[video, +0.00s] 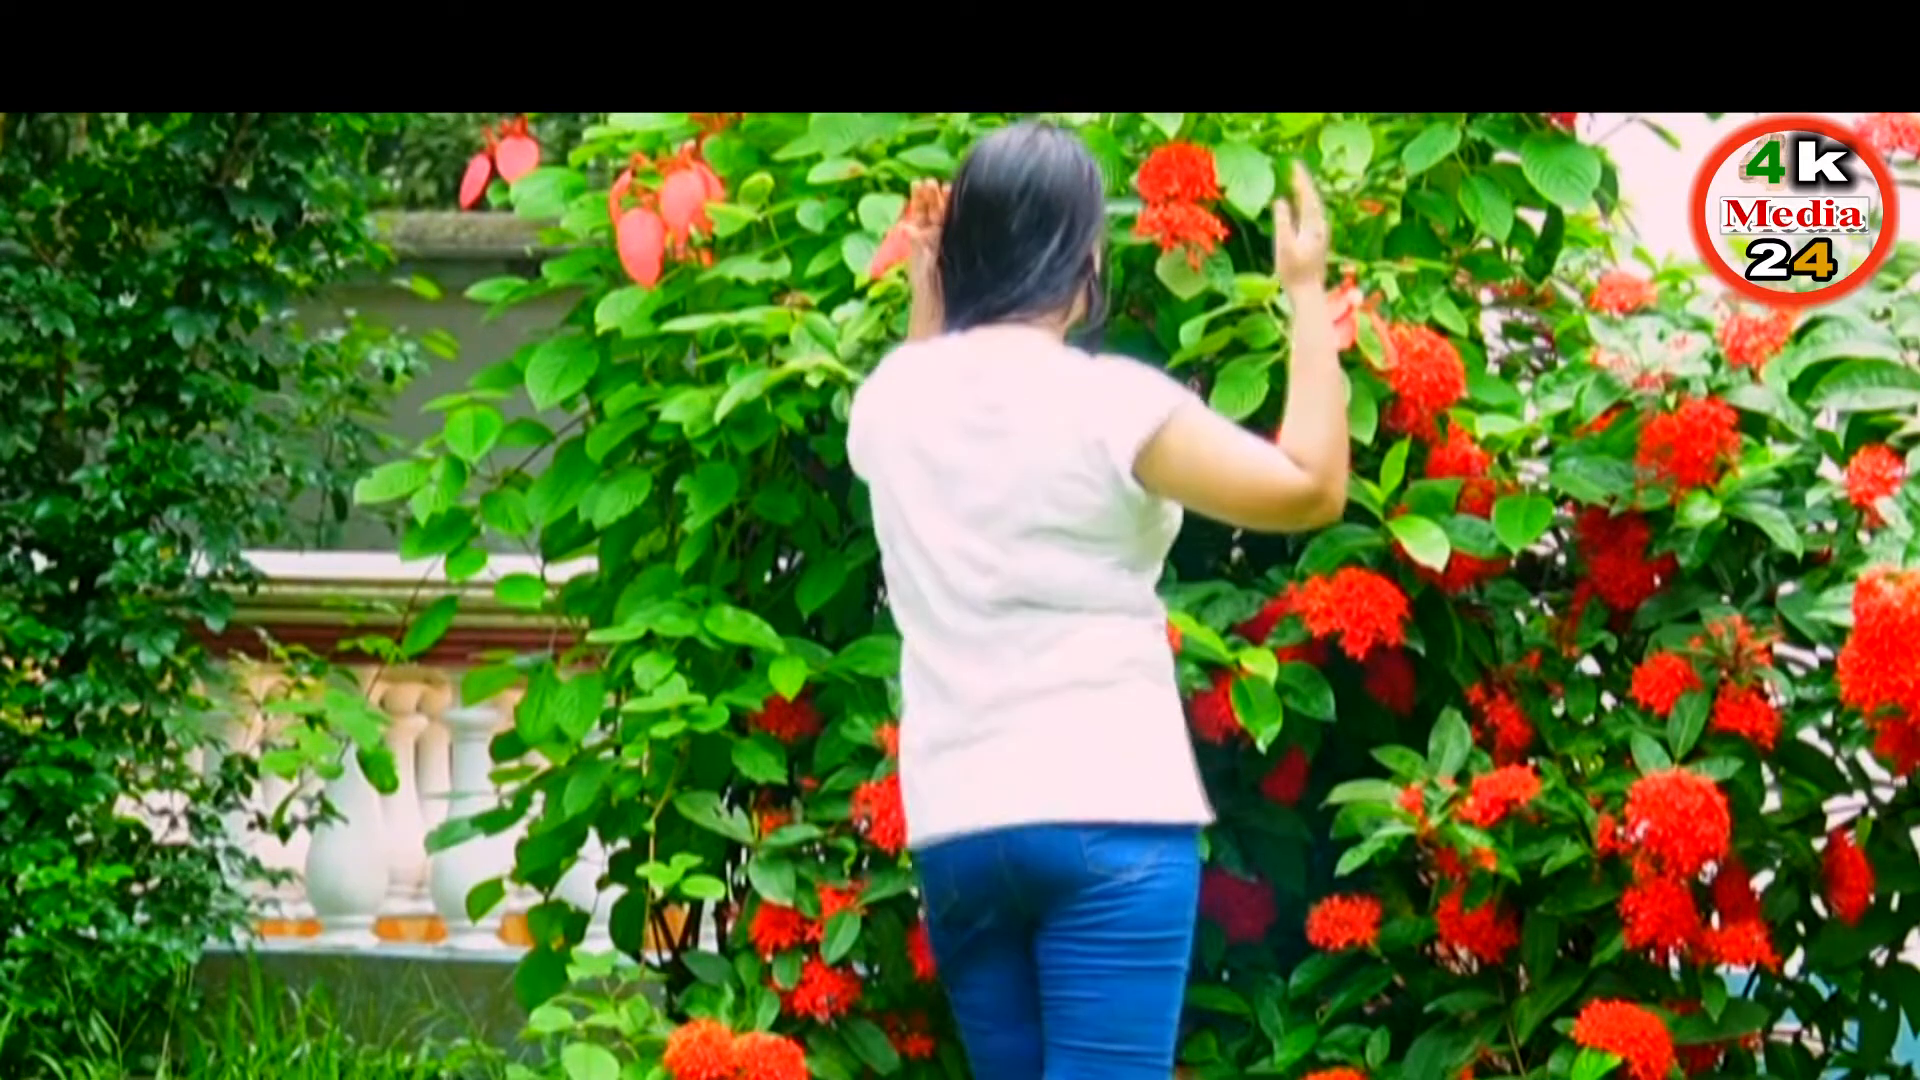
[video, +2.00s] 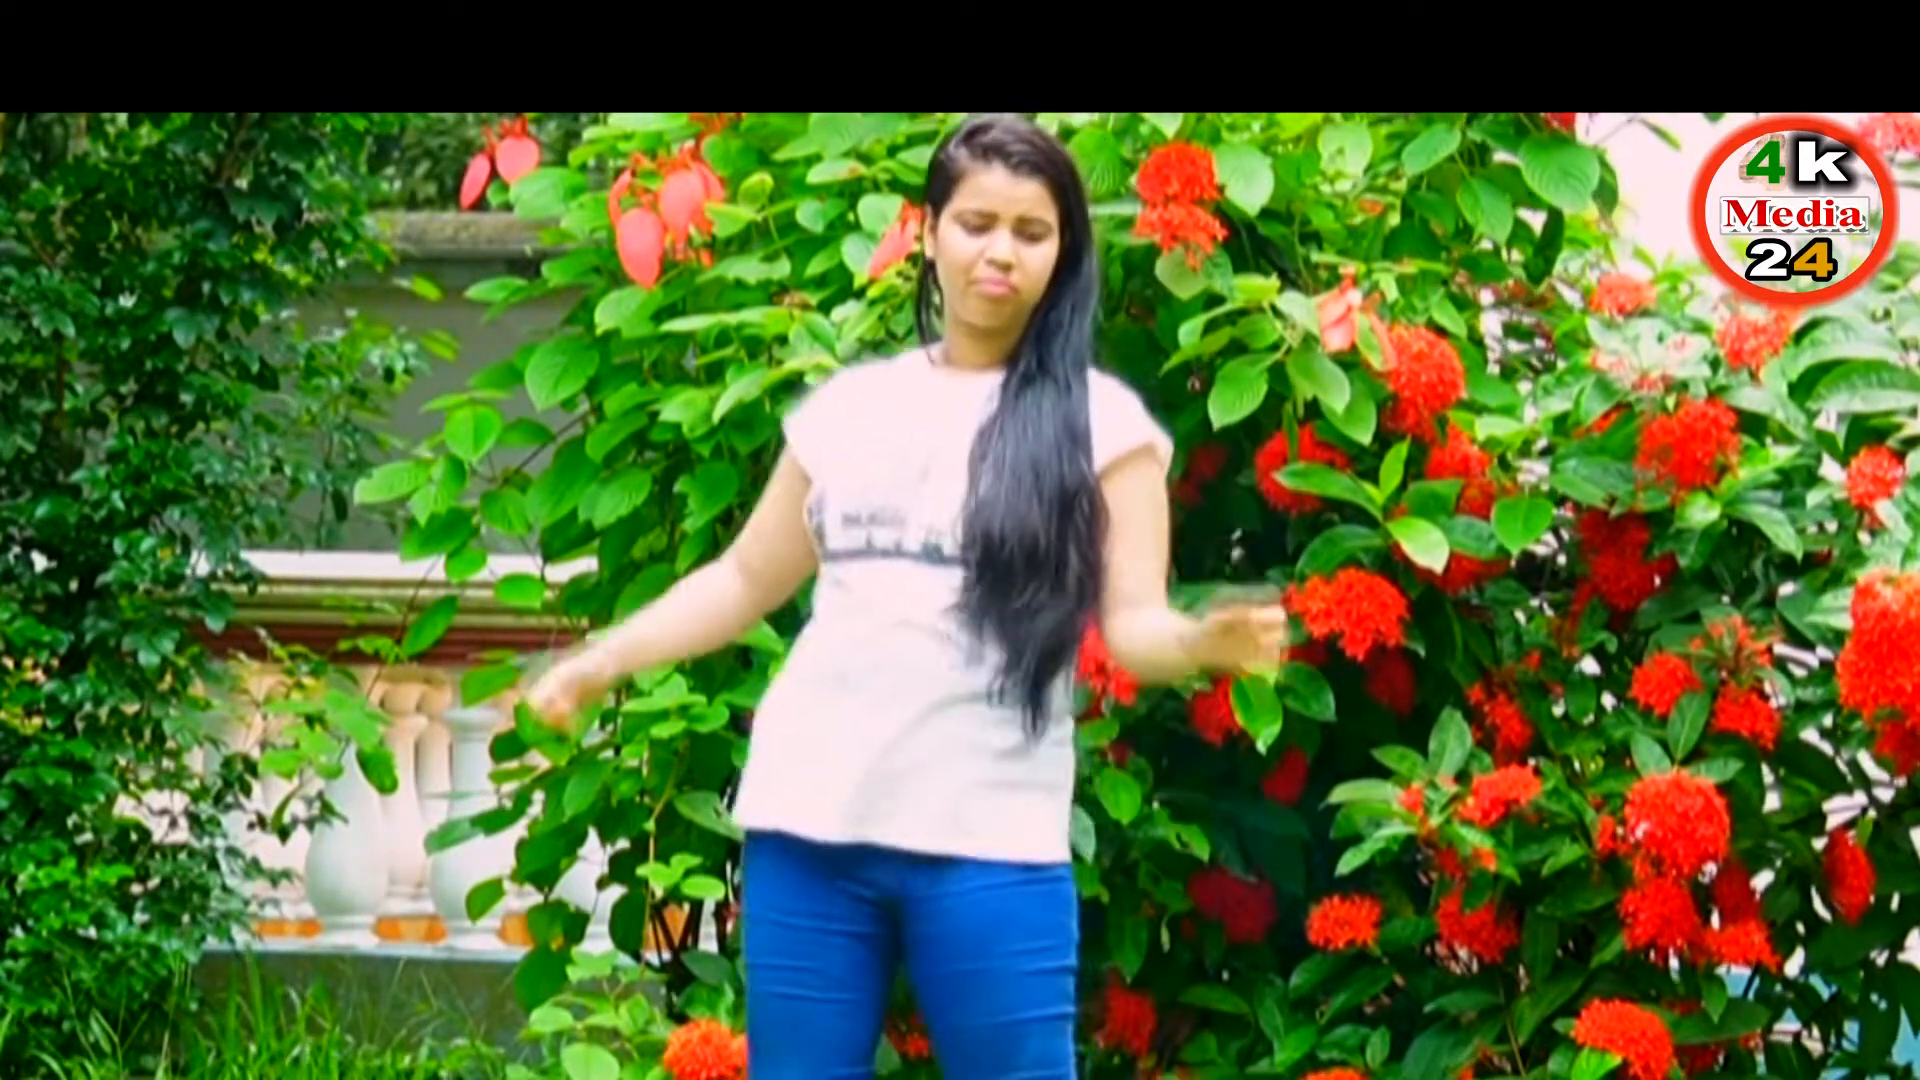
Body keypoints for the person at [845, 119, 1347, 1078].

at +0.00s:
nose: (1100, 256)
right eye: (1098, 236)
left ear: (957, 251)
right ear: (1085, 260)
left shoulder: (884, 404)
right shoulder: (1115, 400)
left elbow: (924, 413)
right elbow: (1311, 485)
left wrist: (928, 287)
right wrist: (1306, 297)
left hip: (954, 815)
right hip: (1116, 798)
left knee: (1008, 1067)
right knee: (1110, 1065)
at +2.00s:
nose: (1000, 254)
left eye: (1030, 232)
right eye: (977, 224)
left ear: (1064, 254)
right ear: (932, 233)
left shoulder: (1102, 418)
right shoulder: (844, 407)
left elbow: (1133, 628)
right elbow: (746, 579)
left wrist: (1202, 641)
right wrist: (599, 662)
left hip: (996, 844)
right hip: (805, 828)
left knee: (1022, 1071)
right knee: (795, 1071)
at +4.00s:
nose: (1083, 308)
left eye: (1115, 290)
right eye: (1063, 276)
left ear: (1147, 317)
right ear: (1020, 284)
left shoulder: (1151, 462)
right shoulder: (964, 472)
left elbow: (1223, 698)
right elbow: (924, 675)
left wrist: (1224, 695)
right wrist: (737, 679)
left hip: (1082, 887)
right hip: (924, 888)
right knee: (803, 1072)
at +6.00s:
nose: (1048, 274)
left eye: (1078, 259)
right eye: (1027, 242)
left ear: (1105, 287)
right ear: (976, 247)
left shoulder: (1112, 394)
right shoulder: (898, 411)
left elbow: (1177, 409)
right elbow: (738, 428)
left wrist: (1183, 237)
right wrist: (624, 282)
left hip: (1041, 862)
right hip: (861, 850)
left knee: (1040, 1067)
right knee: (812, 1069)